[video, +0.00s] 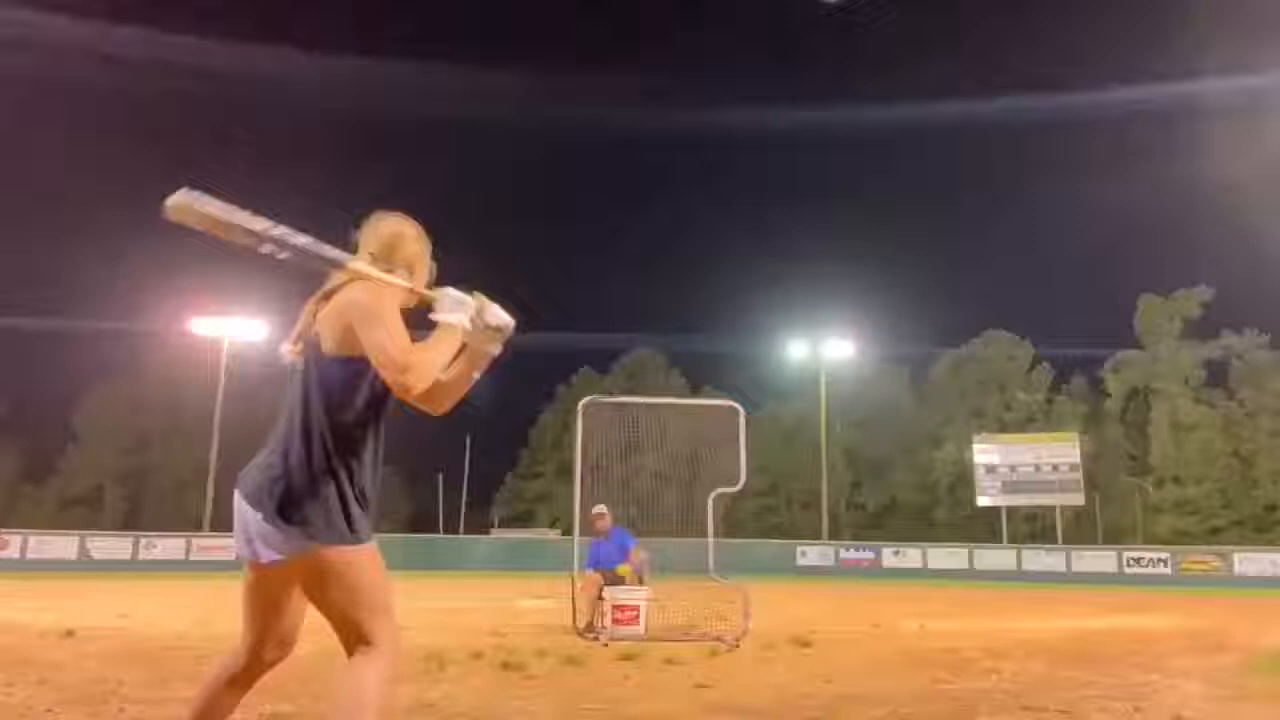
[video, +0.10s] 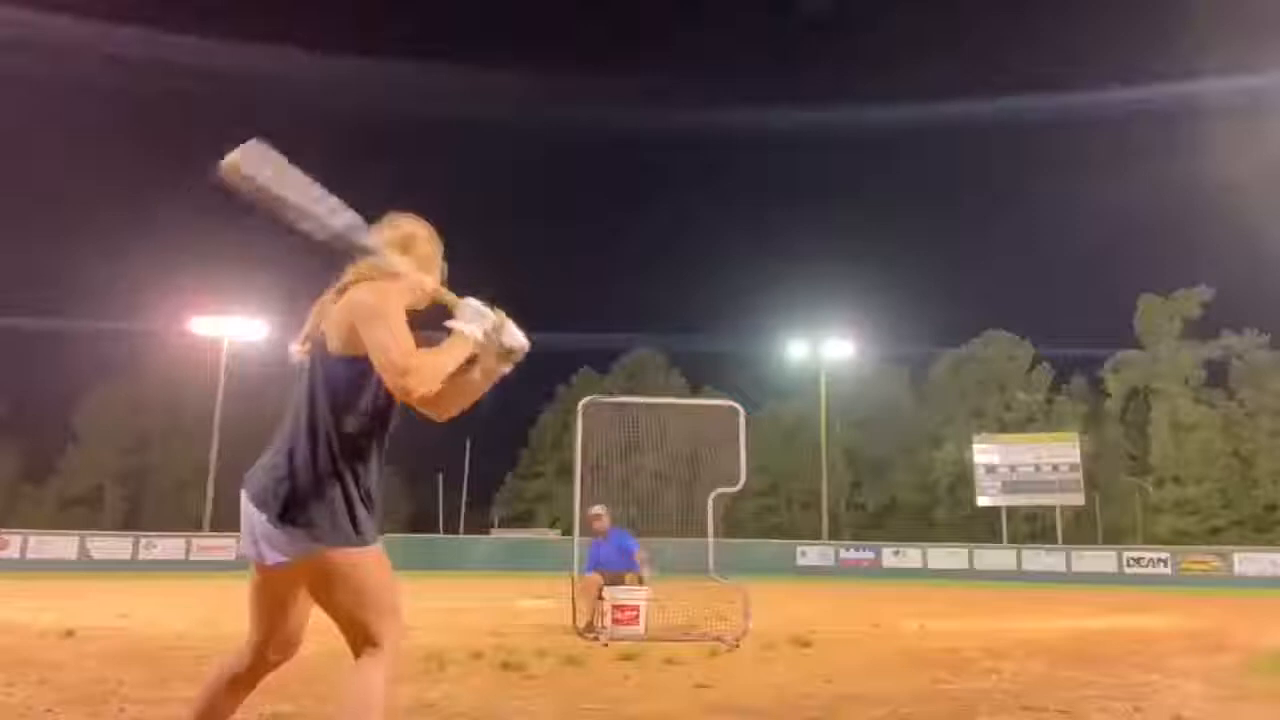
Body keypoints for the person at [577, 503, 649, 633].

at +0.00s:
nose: (601, 523)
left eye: (604, 518)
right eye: (597, 519)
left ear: (610, 519)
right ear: (593, 523)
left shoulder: (620, 534)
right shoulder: (595, 543)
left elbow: (634, 549)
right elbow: (589, 566)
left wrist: (630, 566)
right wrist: (590, 576)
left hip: (621, 572)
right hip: (601, 573)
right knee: (591, 581)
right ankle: (589, 622)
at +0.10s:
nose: (598, 523)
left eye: (601, 518)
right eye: (595, 520)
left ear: (608, 519)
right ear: (591, 524)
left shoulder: (620, 536)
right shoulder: (595, 543)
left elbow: (635, 551)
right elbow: (590, 566)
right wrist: (588, 578)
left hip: (625, 573)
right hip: (604, 574)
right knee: (591, 580)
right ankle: (590, 621)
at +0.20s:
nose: (596, 524)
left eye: (598, 519)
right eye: (592, 521)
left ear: (606, 519)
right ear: (590, 524)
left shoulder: (619, 535)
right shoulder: (595, 544)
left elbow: (638, 550)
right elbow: (590, 567)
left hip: (625, 573)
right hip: (604, 575)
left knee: (593, 580)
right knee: (588, 582)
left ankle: (588, 622)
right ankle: (588, 622)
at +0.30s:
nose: (597, 524)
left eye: (599, 519)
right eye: (593, 521)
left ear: (606, 520)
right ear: (589, 524)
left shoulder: (621, 536)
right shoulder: (592, 546)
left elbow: (643, 548)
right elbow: (589, 571)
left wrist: (643, 575)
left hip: (625, 574)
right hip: (603, 575)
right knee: (591, 580)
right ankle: (589, 621)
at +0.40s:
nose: (597, 525)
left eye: (599, 520)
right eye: (593, 521)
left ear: (606, 520)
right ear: (590, 525)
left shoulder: (621, 536)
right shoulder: (592, 546)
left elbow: (644, 545)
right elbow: (587, 568)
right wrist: (581, 579)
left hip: (625, 574)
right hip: (603, 575)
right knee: (592, 578)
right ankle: (589, 621)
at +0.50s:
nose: (597, 525)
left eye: (599, 520)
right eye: (593, 522)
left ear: (606, 520)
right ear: (590, 525)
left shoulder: (622, 536)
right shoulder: (592, 546)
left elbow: (642, 545)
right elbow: (589, 570)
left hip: (625, 574)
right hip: (604, 575)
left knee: (633, 577)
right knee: (590, 579)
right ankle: (589, 621)